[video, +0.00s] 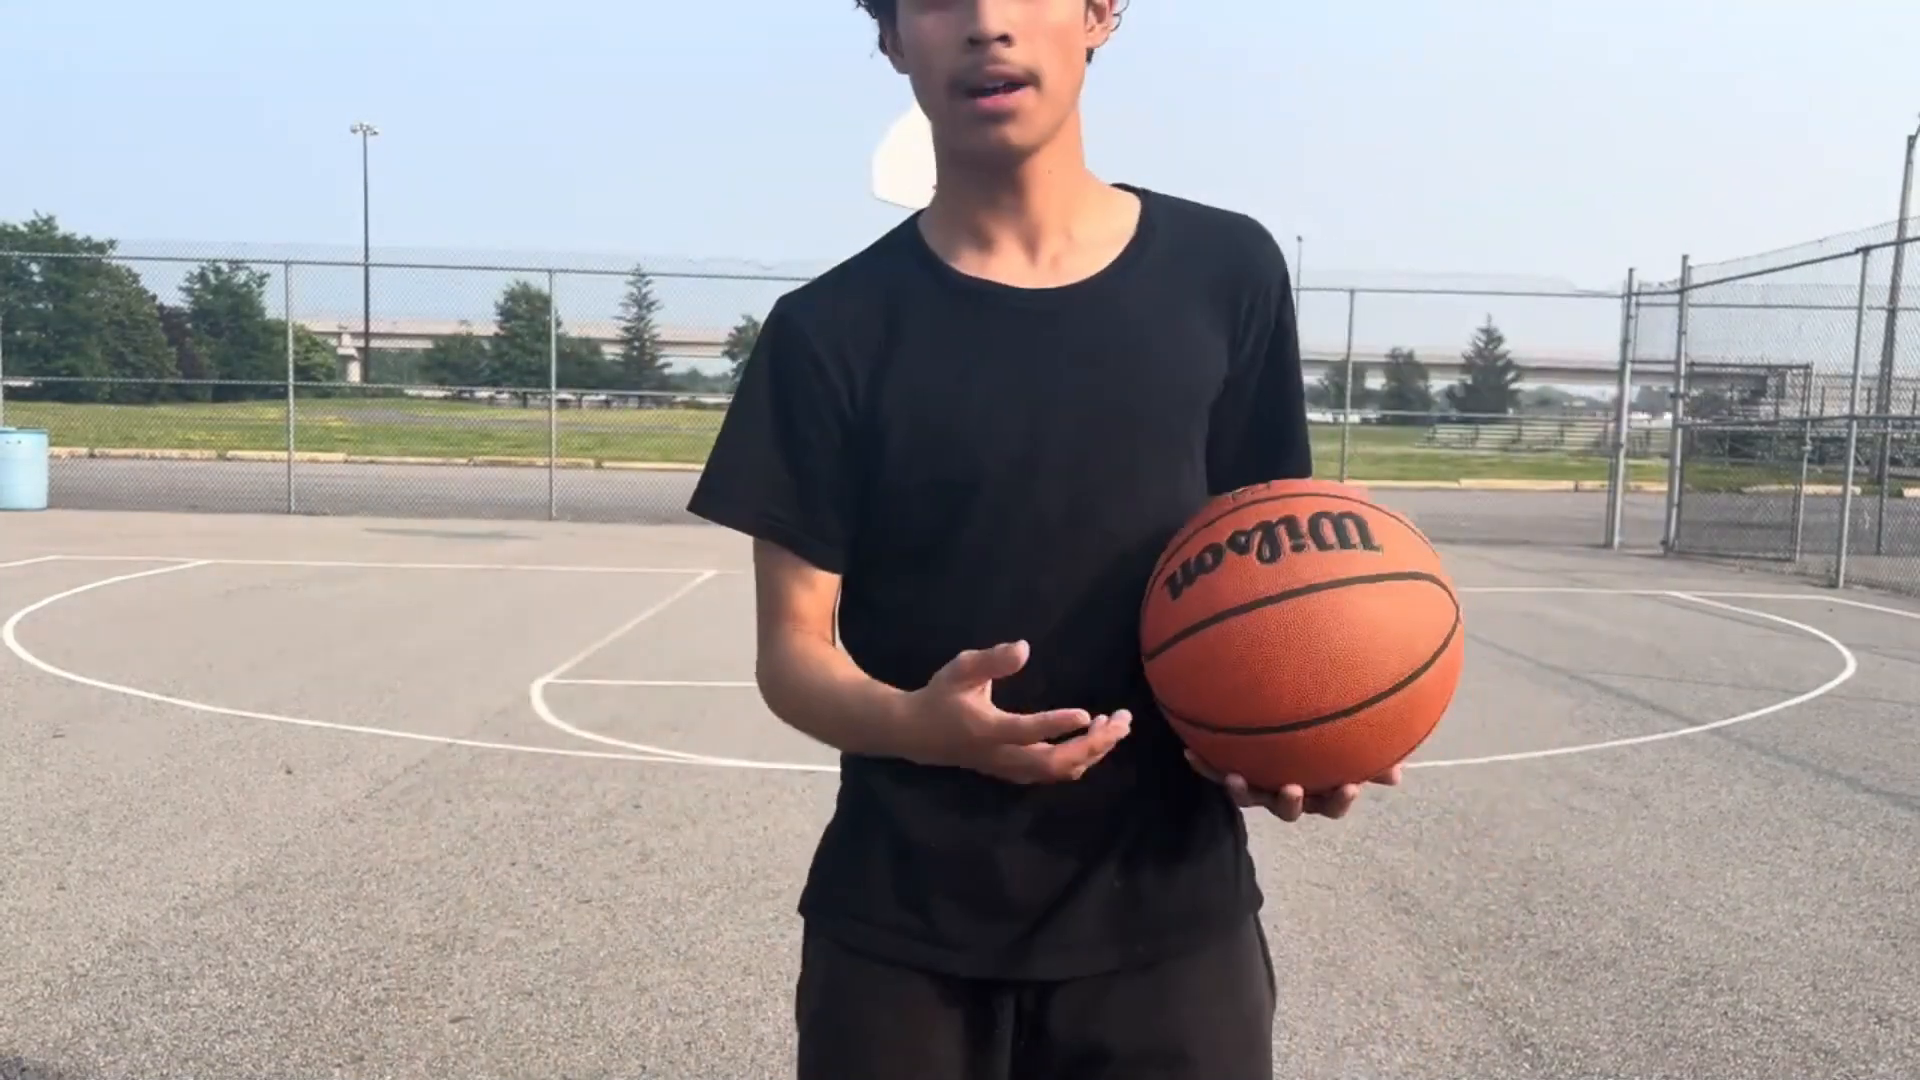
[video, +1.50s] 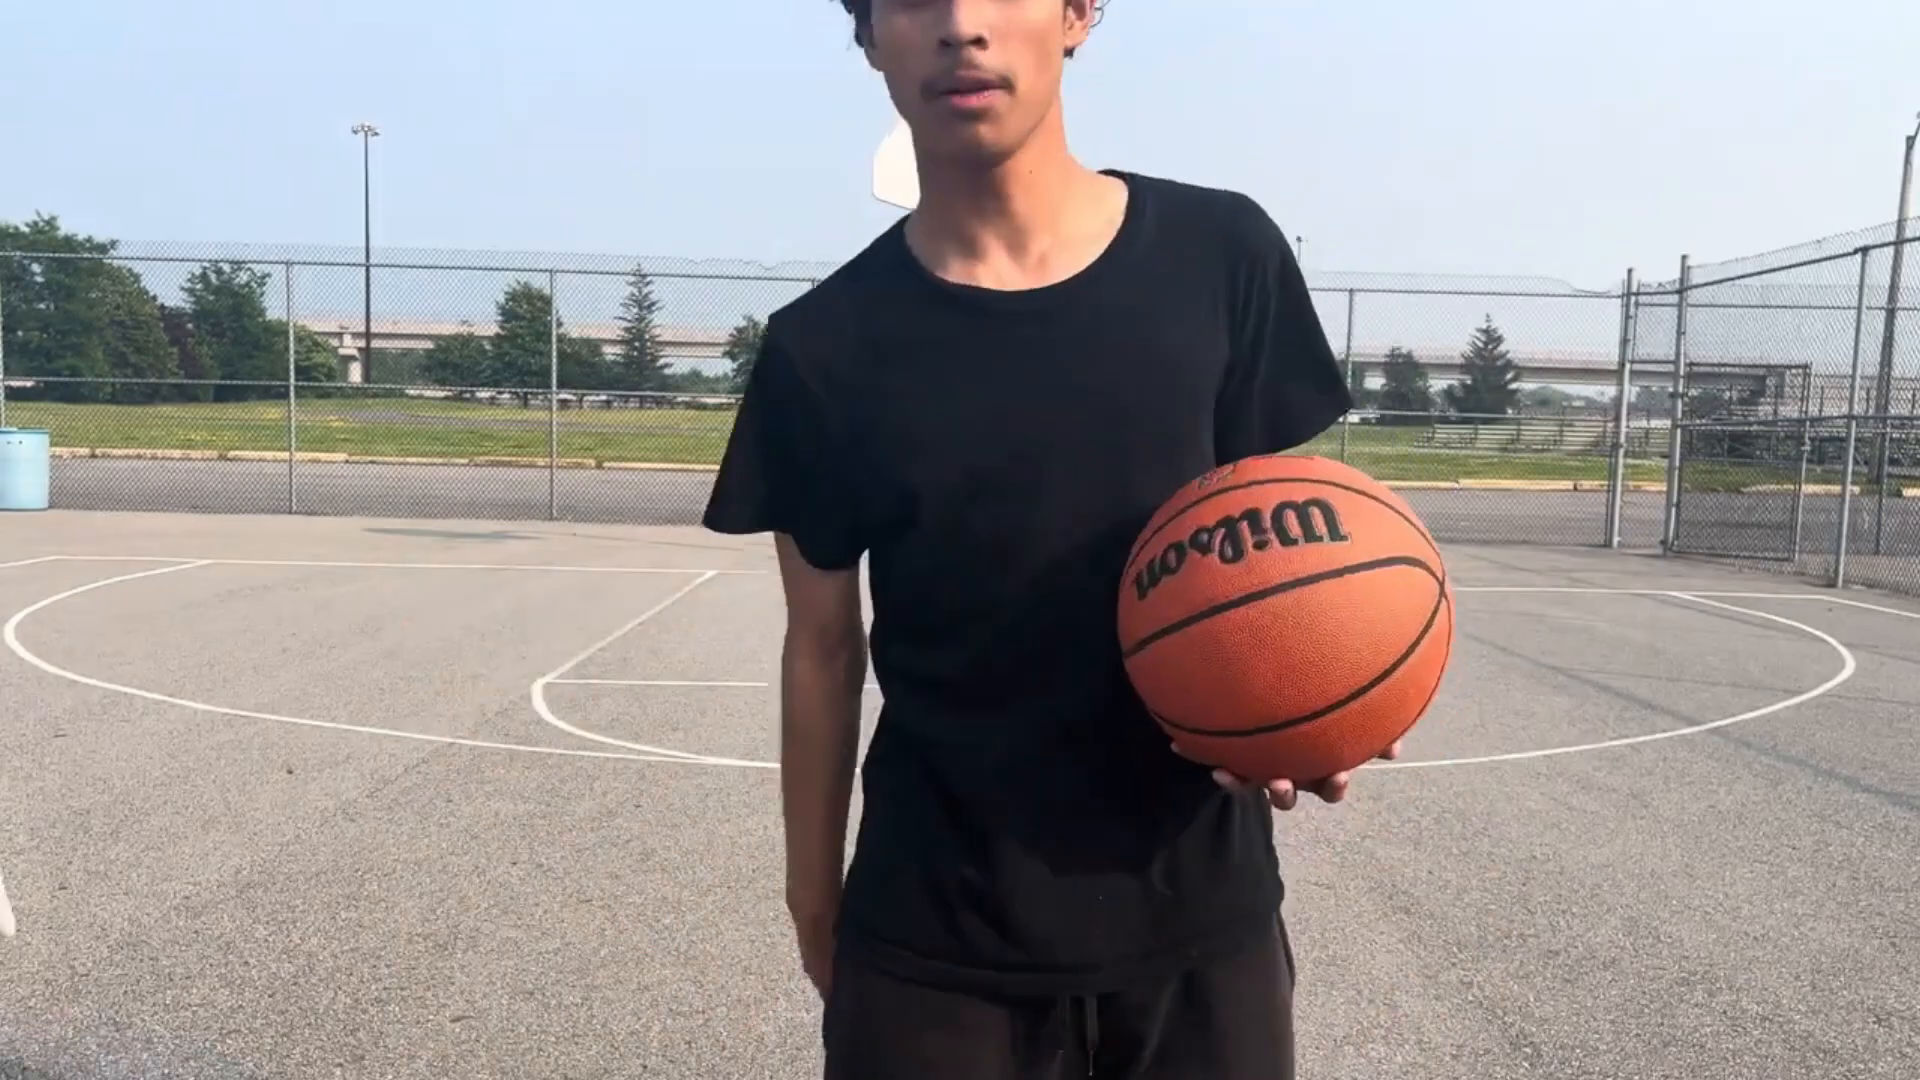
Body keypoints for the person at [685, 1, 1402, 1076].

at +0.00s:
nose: (986, 25)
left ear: (1096, 20)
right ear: (896, 41)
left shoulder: (1228, 273)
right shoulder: (826, 332)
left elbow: (1280, 570)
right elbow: (792, 656)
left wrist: (1301, 729)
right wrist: (914, 723)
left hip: (1169, 924)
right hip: (904, 935)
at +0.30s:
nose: (1018, 47)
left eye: (1054, 8)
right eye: (975, 17)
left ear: (1121, 31)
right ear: (933, 63)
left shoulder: (1244, 279)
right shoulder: (867, 329)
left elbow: (1299, 550)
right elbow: (815, 604)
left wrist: (1318, 701)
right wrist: (882, 710)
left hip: (1187, 892)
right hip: (945, 893)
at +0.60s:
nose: (1141, 94)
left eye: (1180, 48)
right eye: (1105, 58)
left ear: (1256, 63)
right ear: (1072, 81)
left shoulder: (1345, 324)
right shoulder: (989, 313)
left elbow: (1357, 581)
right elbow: (851, 540)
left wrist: (1336, 730)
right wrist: (679, 683)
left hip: (1219, 869)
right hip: (997, 866)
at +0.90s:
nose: (1127, 96)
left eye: (1167, 58)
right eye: (1119, 61)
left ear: (1287, 73)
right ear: (1112, 73)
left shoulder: (1381, 343)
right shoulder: (1036, 290)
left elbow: (1349, 607)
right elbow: (838, 487)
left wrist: (1307, 756)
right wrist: (591, 593)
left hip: (1207, 872)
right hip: (989, 858)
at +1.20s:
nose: (1098, 61)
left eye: (1148, 22)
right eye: (1068, 26)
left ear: (1232, 59)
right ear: (1042, 55)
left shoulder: (1322, 325)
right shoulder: (944, 316)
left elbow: (1325, 607)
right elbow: (895, 600)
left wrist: (1310, 768)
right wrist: (809, 848)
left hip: (1193, 917)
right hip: (950, 912)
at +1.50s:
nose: (961, 26)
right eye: (917, 1)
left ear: (1073, 20)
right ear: (869, 38)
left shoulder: (1224, 254)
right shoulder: (821, 345)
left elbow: (1294, 531)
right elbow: (821, 646)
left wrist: (1303, 697)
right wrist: (814, 904)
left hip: (1201, 919)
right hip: (937, 932)